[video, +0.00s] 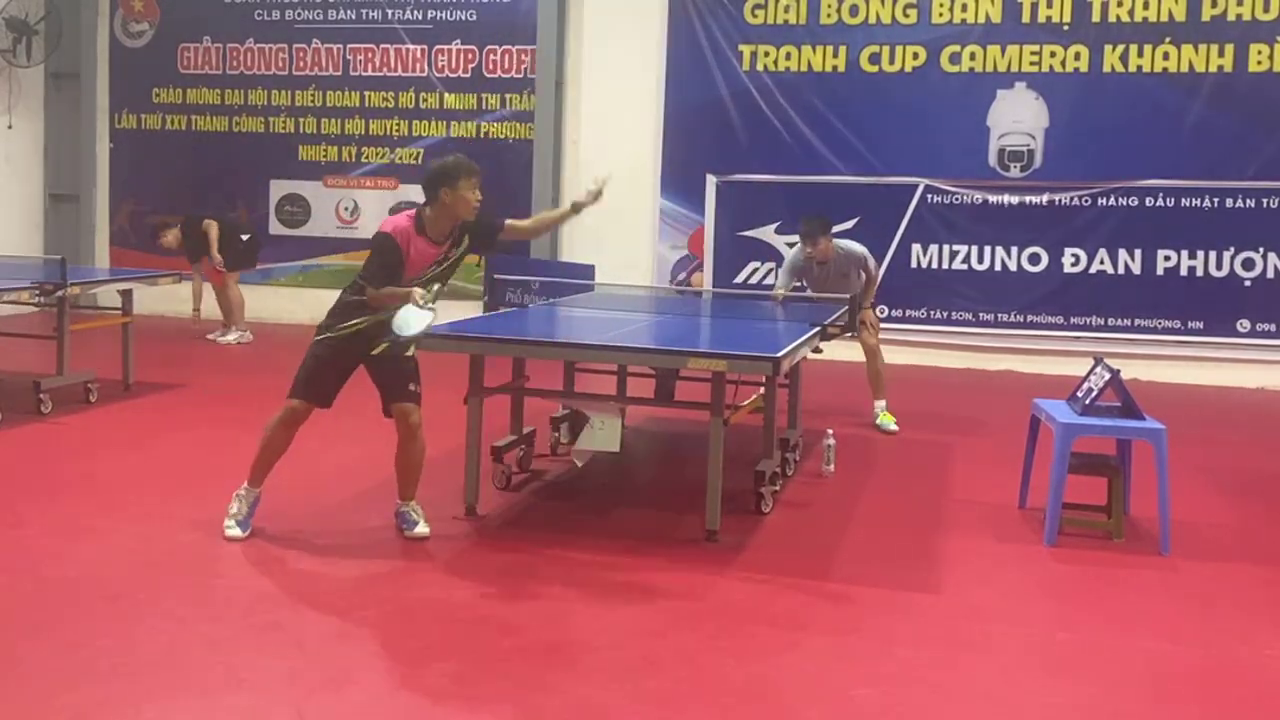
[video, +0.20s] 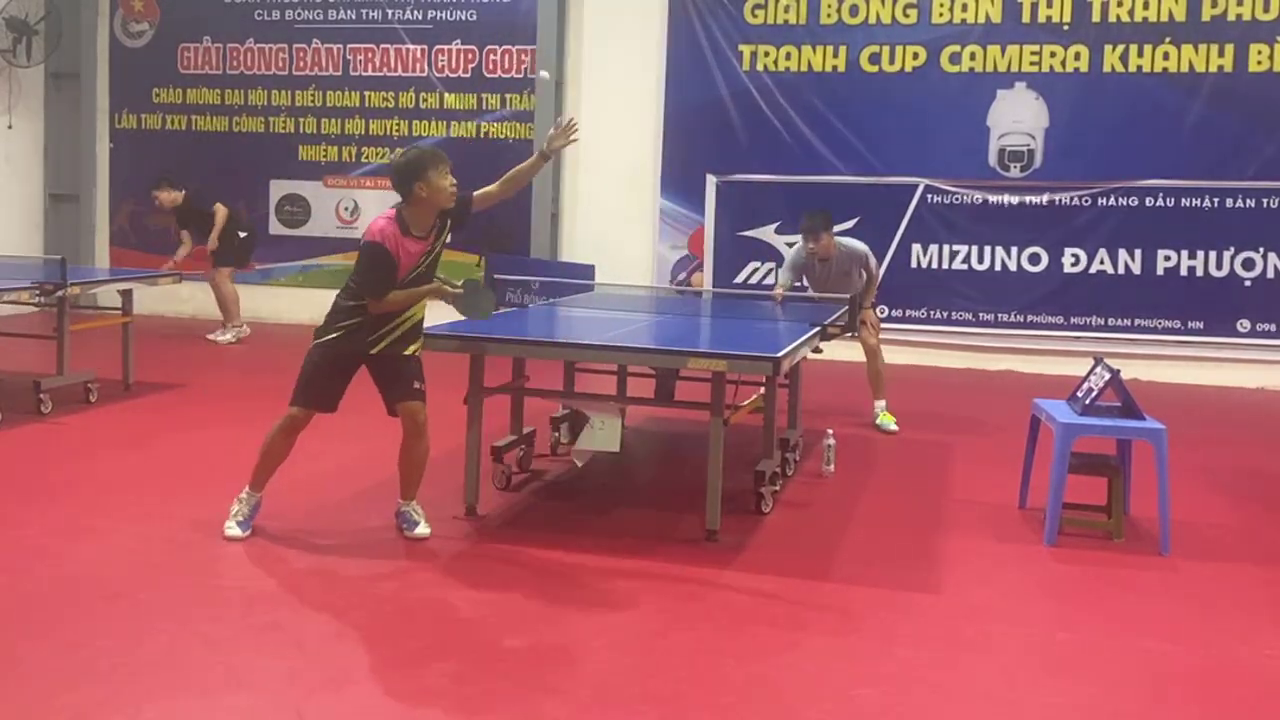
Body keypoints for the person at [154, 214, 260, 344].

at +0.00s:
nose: (165, 246)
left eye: (163, 241)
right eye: (162, 245)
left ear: (168, 232)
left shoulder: (188, 224)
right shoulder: (190, 246)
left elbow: (212, 225)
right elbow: (197, 277)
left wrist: (214, 253)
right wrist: (196, 308)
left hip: (243, 239)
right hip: (229, 243)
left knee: (229, 281)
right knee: (218, 283)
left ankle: (241, 329)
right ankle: (228, 326)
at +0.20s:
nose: (157, 203)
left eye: (157, 197)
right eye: (155, 199)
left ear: (169, 191)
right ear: (168, 194)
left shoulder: (194, 197)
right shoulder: (180, 213)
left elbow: (222, 211)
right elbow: (187, 243)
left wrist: (213, 237)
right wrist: (174, 261)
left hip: (238, 233)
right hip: (225, 235)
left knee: (222, 277)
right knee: (214, 279)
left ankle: (237, 326)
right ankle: (228, 325)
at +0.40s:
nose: (169, 168)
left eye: (172, 163)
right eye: (167, 165)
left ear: (185, 163)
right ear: (168, 169)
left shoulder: (205, 182)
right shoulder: (176, 189)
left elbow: (230, 206)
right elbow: (164, 216)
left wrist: (218, 234)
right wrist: (143, 205)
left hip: (225, 235)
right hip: (205, 238)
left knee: (215, 279)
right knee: (210, 283)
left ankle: (212, 327)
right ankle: (228, 325)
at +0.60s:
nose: (179, 158)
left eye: (184, 154)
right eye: (177, 155)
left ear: (196, 157)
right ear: (175, 159)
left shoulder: (210, 183)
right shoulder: (177, 182)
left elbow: (222, 214)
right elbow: (167, 211)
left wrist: (203, 240)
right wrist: (157, 211)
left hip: (210, 237)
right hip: (189, 238)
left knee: (201, 282)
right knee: (199, 283)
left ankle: (200, 330)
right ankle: (223, 320)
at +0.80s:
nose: (181, 152)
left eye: (186, 148)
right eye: (179, 148)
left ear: (197, 152)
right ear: (176, 152)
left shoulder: (207, 177)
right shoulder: (174, 177)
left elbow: (206, 209)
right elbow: (167, 209)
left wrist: (178, 210)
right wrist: (165, 241)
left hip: (201, 239)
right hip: (179, 238)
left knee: (199, 284)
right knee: (172, 282)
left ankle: (200, 329)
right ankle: (194, 314)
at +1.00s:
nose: (172, 150)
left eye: (176, 147)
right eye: (169, 147)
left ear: (188, 151)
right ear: (166, 151)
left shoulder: (196, 175)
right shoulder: (162, 176)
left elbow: (197, 200)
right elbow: (151, 203)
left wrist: (173, 184)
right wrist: (142, 229)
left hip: (192, 240)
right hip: (166, 238)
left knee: (194, 288)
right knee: (159, 286)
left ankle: (199, 332)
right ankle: (153, 333)